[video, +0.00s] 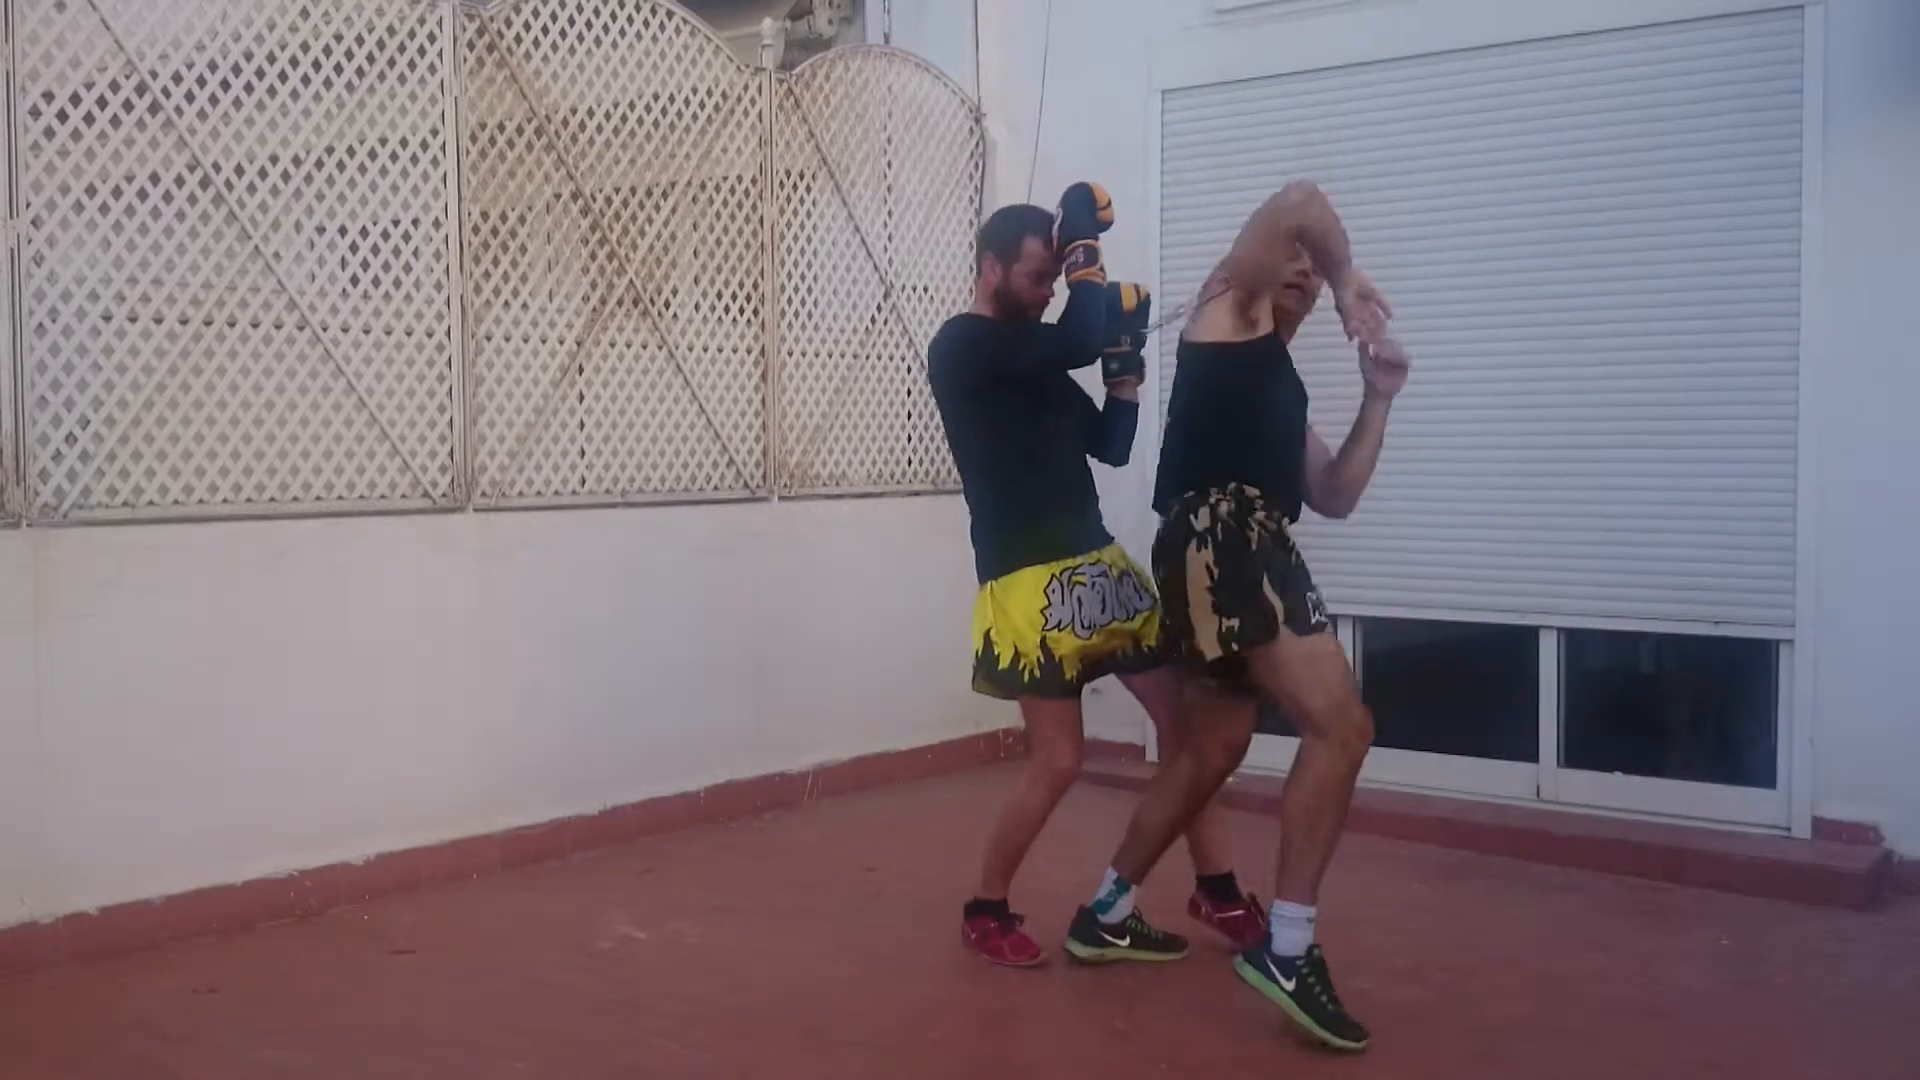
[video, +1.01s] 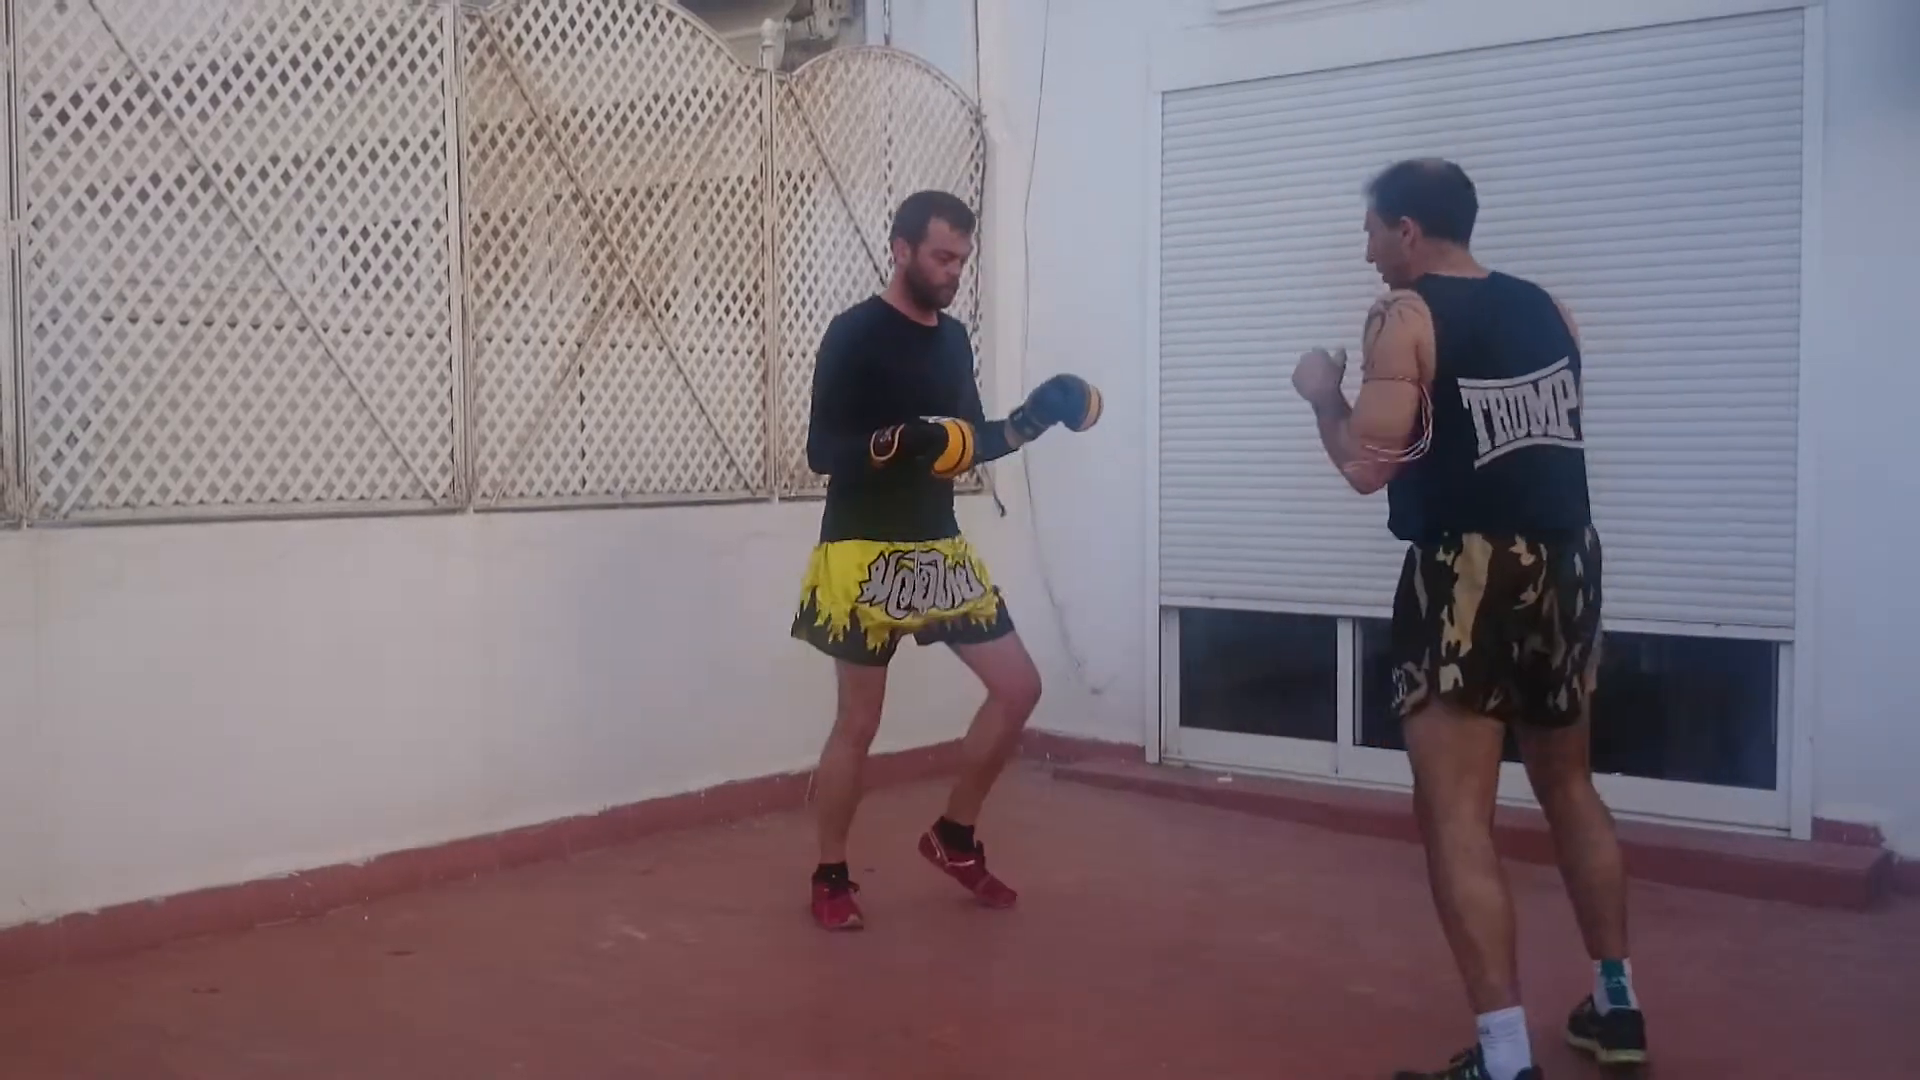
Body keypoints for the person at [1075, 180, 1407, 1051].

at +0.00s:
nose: (1308, 289)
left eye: (1314, 286)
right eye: (1297, 274)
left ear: (1306, 304)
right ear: (1263, 268)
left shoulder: (1277, 388)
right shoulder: (1229, 304)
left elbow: (1333, 493)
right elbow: (1298, 199)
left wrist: (1379, 396)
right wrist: (1346, 280)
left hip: (1213, 551)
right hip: (1231, 540)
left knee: (1210, 751)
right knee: (1342, 727)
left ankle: (1105, 911)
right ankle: (1287, 948)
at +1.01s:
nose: (1369, 246)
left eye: (1372, 229)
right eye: (1368, 230)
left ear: (1408, 231)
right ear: (1460, 231)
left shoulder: (1408, 317)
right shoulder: (1543, 307)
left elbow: (1368, 463)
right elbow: (1536, 419)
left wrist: (1320, 392)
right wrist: (1422, 380)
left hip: (1461, 578)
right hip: (1565, 573)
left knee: (1459, 822)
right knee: (1569, 783)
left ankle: (1504, 1054)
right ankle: (1617, 1001)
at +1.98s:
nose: (1341, 309)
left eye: (1342, 295)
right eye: (1341, 297)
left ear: (1366, 283)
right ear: (1419, 284)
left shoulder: (1370, 338)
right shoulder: (1492, 348)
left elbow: (1264, 436)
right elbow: (1441, 421)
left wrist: (1252, 349)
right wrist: (1355, 370)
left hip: (1394, 580)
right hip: (1503, 590)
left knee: (1248, 722)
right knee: (1532, 807)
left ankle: (1194, 931)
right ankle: (1602, 1018)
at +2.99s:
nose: (1264, 279)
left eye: (1274, 276)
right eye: (1251, 265)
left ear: (1277, 303)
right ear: (1221, 271)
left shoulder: (1247, 401)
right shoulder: (1194, 315)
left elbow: (1312, 493)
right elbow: (1241, 197)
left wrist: (1340, 395)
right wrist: (1309, 281)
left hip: (1171, 561)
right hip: (1200, 551)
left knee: (1178, 762)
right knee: (1287, 745)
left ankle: (1046, 907)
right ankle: (1303, 968)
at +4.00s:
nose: (1145, 273)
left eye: (1142, 261)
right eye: (1146, 262)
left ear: (1150, 258)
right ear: (1223, 248)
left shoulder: (1168, 333)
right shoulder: (1286, 320)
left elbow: (1139, 476)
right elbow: (1286, 438)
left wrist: (1137, 397)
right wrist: (1190, 387)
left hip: (1215, 568)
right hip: (1312, 561)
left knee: (1172, 794)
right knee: (1332, 763)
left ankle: (1204, 1034)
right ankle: (1413, 948)